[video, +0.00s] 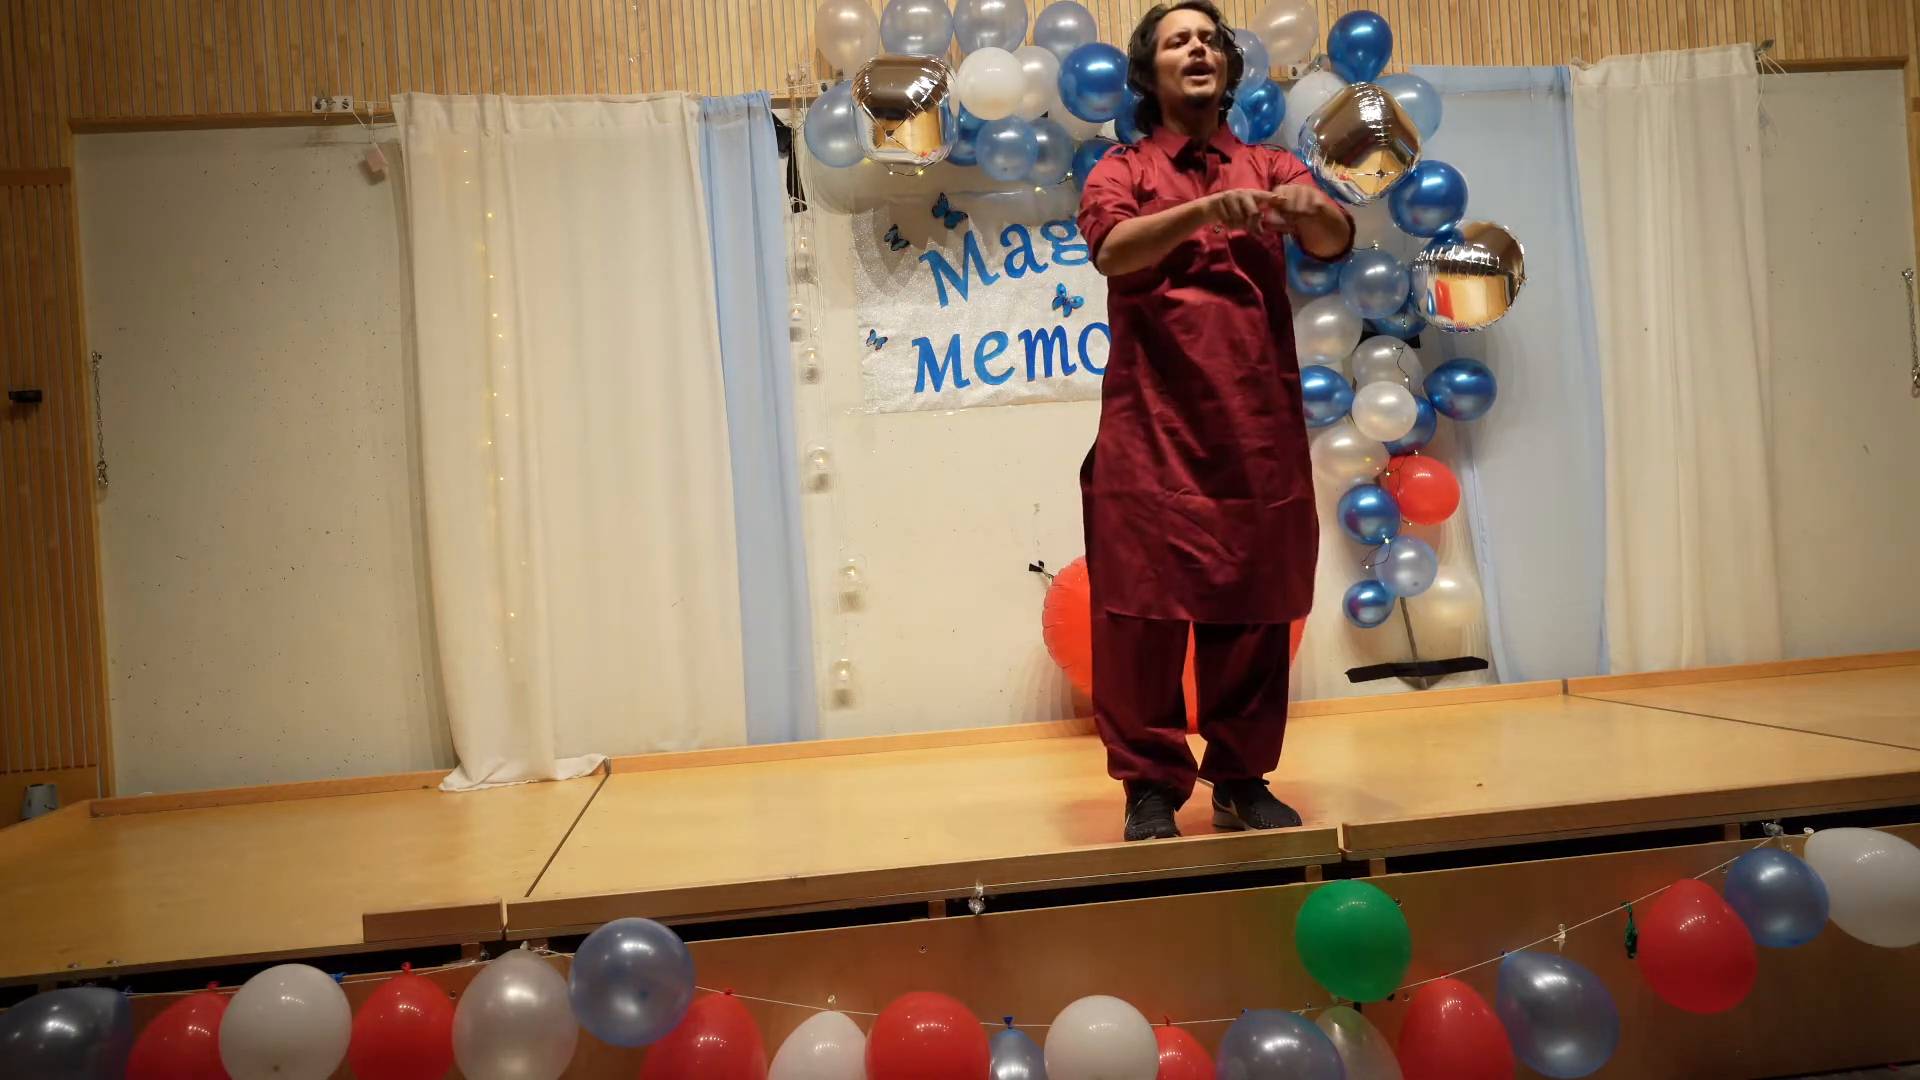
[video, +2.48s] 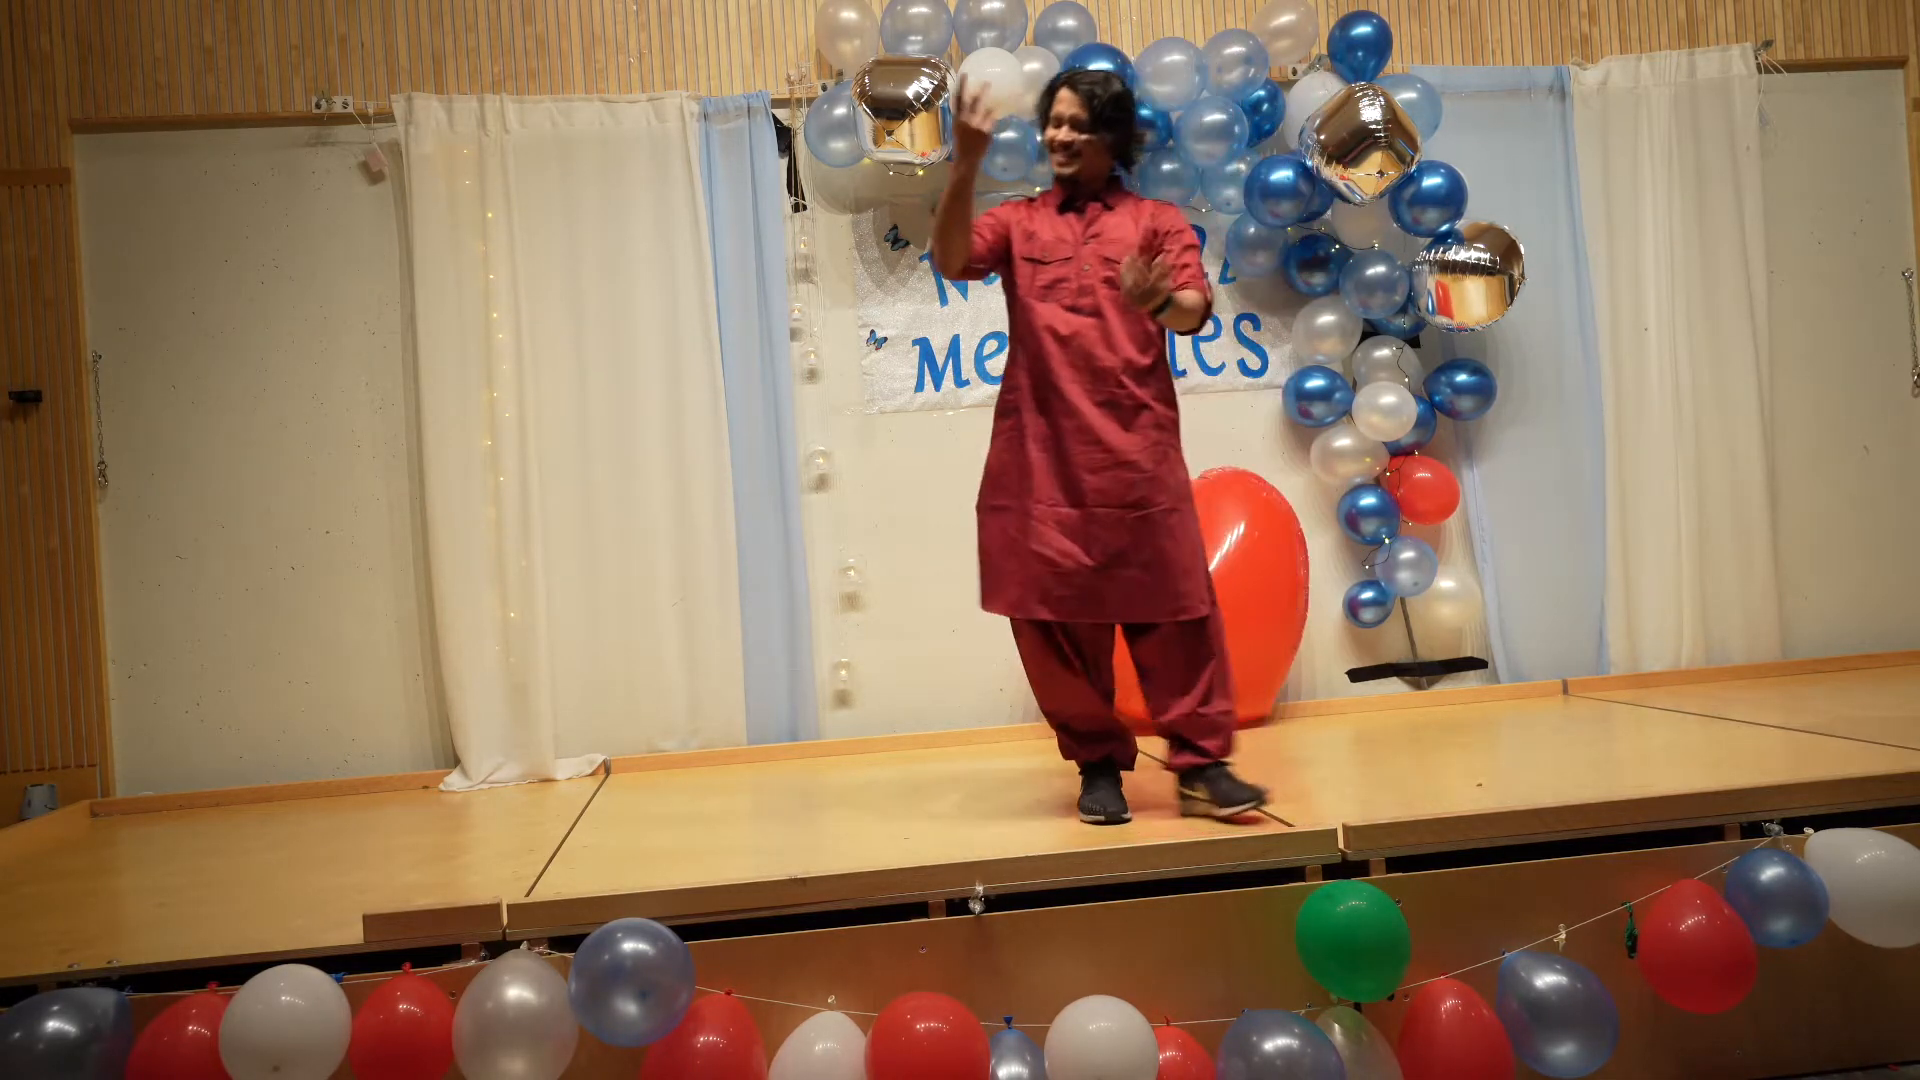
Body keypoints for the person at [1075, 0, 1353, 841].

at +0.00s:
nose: (1199, 50)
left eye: (1210, 40)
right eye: (1178, 41)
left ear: (1231, 68)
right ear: (1146, 75)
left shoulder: (1268, 163)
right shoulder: (1120, 170)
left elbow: (1335, 242)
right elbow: (1113, 254)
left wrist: (1307, 208)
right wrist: (1199, 212)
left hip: (1258, 425)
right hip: (1153, 427)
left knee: (1252, 606)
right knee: (1143, 609)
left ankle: (1242, 785)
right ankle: (1150, 791)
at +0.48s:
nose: (1197, 54)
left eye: (1209, 44)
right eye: (1177, 45)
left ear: (1231, 71)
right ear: (1146, 78)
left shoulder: (1270, 167)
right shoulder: (1119, 176)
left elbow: (1324, 257)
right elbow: (1115, 272)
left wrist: (1313, 240)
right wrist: (1204, 234)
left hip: (1256, 426)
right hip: (1152, 427)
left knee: (1251, 608)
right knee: (1142, 609)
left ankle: (1241, 784)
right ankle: (1150, 790)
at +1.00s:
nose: (1190, 67)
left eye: (1202, 55)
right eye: (1172, 59)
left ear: (1228, 81)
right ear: (1144, 90)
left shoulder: (1270, 170)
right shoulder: (1119, 179)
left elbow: (1338, 243)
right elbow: (1104, 258)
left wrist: (1348, 170)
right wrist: (1160, 159)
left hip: (1260, 428)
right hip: (1159, 431)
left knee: (1256, 610)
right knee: (1147, 611)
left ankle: (1242, 783)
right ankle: (1152, 788)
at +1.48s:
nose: (1169, 85)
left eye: (1185, 72)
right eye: (1156, 76)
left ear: (1221, 89)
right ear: (1138, 100)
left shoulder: (1265, 177)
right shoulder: (1121, 183)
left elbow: (1327, 248)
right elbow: (1084, 267)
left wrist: (1323, 178)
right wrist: (1130, 174)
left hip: (1256, 429)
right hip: (1154, 429)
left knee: (1255, 606)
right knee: (1141, 605)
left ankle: (1242, 780)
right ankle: (1142, 784)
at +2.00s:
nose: (1131, 111)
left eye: (1149, 100)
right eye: (1123, 97)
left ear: (1187, 116)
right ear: (1109, 107)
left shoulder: (1220, 195)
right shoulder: (1086, 197)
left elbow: (1276, 271)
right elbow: (1030, 269)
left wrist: (1262, 203)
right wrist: (1058, 180)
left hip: (1211, 436)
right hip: (1108, 438)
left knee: (1234, 602)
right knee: (1094, 607)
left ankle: (1237, 775)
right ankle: (1100, 766)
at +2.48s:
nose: (1062, 136)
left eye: (1079, 125)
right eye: (1054, 123)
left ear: (1116, 138)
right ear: (1043, 132)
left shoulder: (1158, 221)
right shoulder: (1020, 220)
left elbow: (1195, 315)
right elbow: (952, 257)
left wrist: (1153, 301)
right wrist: (966, 163)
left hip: (1139, 449)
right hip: (1043, 452)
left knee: (1177, 603)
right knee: (1057, 613)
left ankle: (1203, 767)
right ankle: (1096, 768)